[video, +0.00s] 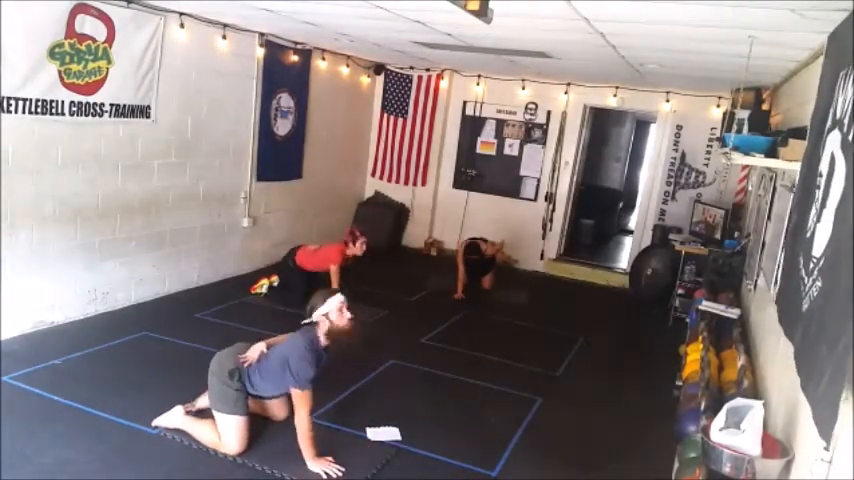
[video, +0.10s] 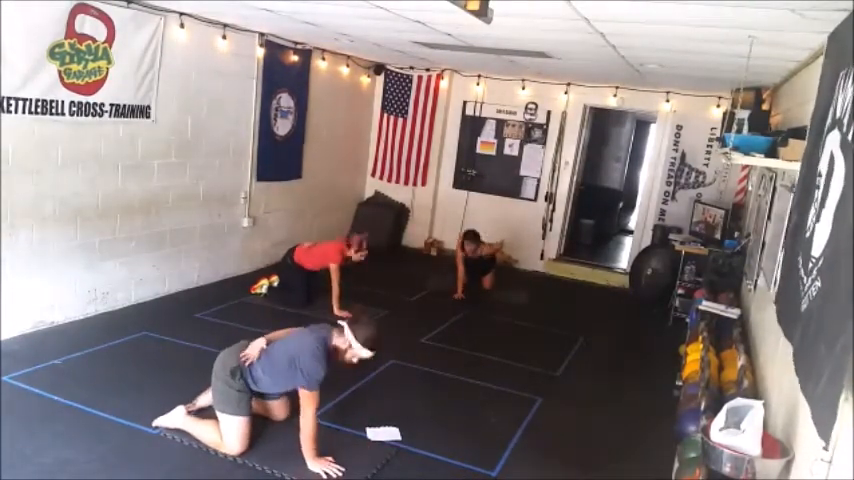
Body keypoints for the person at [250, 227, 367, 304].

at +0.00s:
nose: (365, 247)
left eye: (365, 244)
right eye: (362, 244)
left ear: (353, 244)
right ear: (351, 244)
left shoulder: (344, 250)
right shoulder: (337, 255)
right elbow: (335, 284)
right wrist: (337, 300)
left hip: (303, 252)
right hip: (294, 263)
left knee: (312, 287)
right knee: (298, 299)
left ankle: (278, 281)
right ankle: (270, 288)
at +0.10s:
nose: (363, 258)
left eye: (364, 255)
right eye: (361, 255)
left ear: (352, 247)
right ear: (351, 251)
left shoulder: (344, 244)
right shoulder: (336, 255)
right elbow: (335, 284)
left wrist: (313, 245)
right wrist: (336, 309)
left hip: (302, 254)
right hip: (293, 263)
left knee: (311, 291)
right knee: (300, 300)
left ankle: (278, 281)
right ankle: (267, 288)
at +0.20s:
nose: (344, 268)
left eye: (348, 269)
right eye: (347, 267)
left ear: (354, 259)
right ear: (351, 261)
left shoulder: (346, 244)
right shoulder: (336, 252)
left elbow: (325, 240)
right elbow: (335, 283)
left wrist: (313, 239)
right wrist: (336, 309)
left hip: (308, 261)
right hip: (296, 262)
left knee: (312, 293)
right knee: (300, 300)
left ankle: (279, 281)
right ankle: (267, 289)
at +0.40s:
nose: (352, 268)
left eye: (356, 268)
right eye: (355, 267)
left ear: (355, 253)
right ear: (353, 258)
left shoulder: (346, 243)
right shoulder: (336, 253)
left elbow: (327, 240)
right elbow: (335, 283)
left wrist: (315, 239)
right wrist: (336, 310)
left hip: (307, 261)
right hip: (296, 262)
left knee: (309, 295)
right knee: (299, 300)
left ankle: (279, 281)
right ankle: (267, 289)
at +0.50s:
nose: (362, 251)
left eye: (364, 249)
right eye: (359, 247)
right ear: (350, 244)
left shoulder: (342, 247)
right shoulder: (338, 254)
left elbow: (325, 244)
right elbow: (335, 283)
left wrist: (311, 246)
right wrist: (335, 303)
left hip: (300, 254)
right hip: (293, 263)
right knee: (300, 300)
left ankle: (277, 282)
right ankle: (269, 289)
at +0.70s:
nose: (362, 260)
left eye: (363, 256)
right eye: (360, 256)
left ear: (353, 249)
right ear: (351, 251)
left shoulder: (344, 244)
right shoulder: (336, 252)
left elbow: (326, 242)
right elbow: (335, 282)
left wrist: (312, 242)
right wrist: (336, 309)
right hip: (292, 263)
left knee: (310, 293)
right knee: (301, 300)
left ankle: (278, 281)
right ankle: (268, 289)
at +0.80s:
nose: (347, 268)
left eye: (350, 268)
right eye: (349, 267)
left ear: (355, 256)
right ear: (351, 259)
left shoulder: (344, 243)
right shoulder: (337, 254)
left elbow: (326, 239)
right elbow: (336, 283)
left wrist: (313, 240)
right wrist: (336, 310)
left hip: (304, 257)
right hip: (295, 262)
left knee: (311, 294)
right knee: (301, 300)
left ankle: (278, 282)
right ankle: (266, 290)